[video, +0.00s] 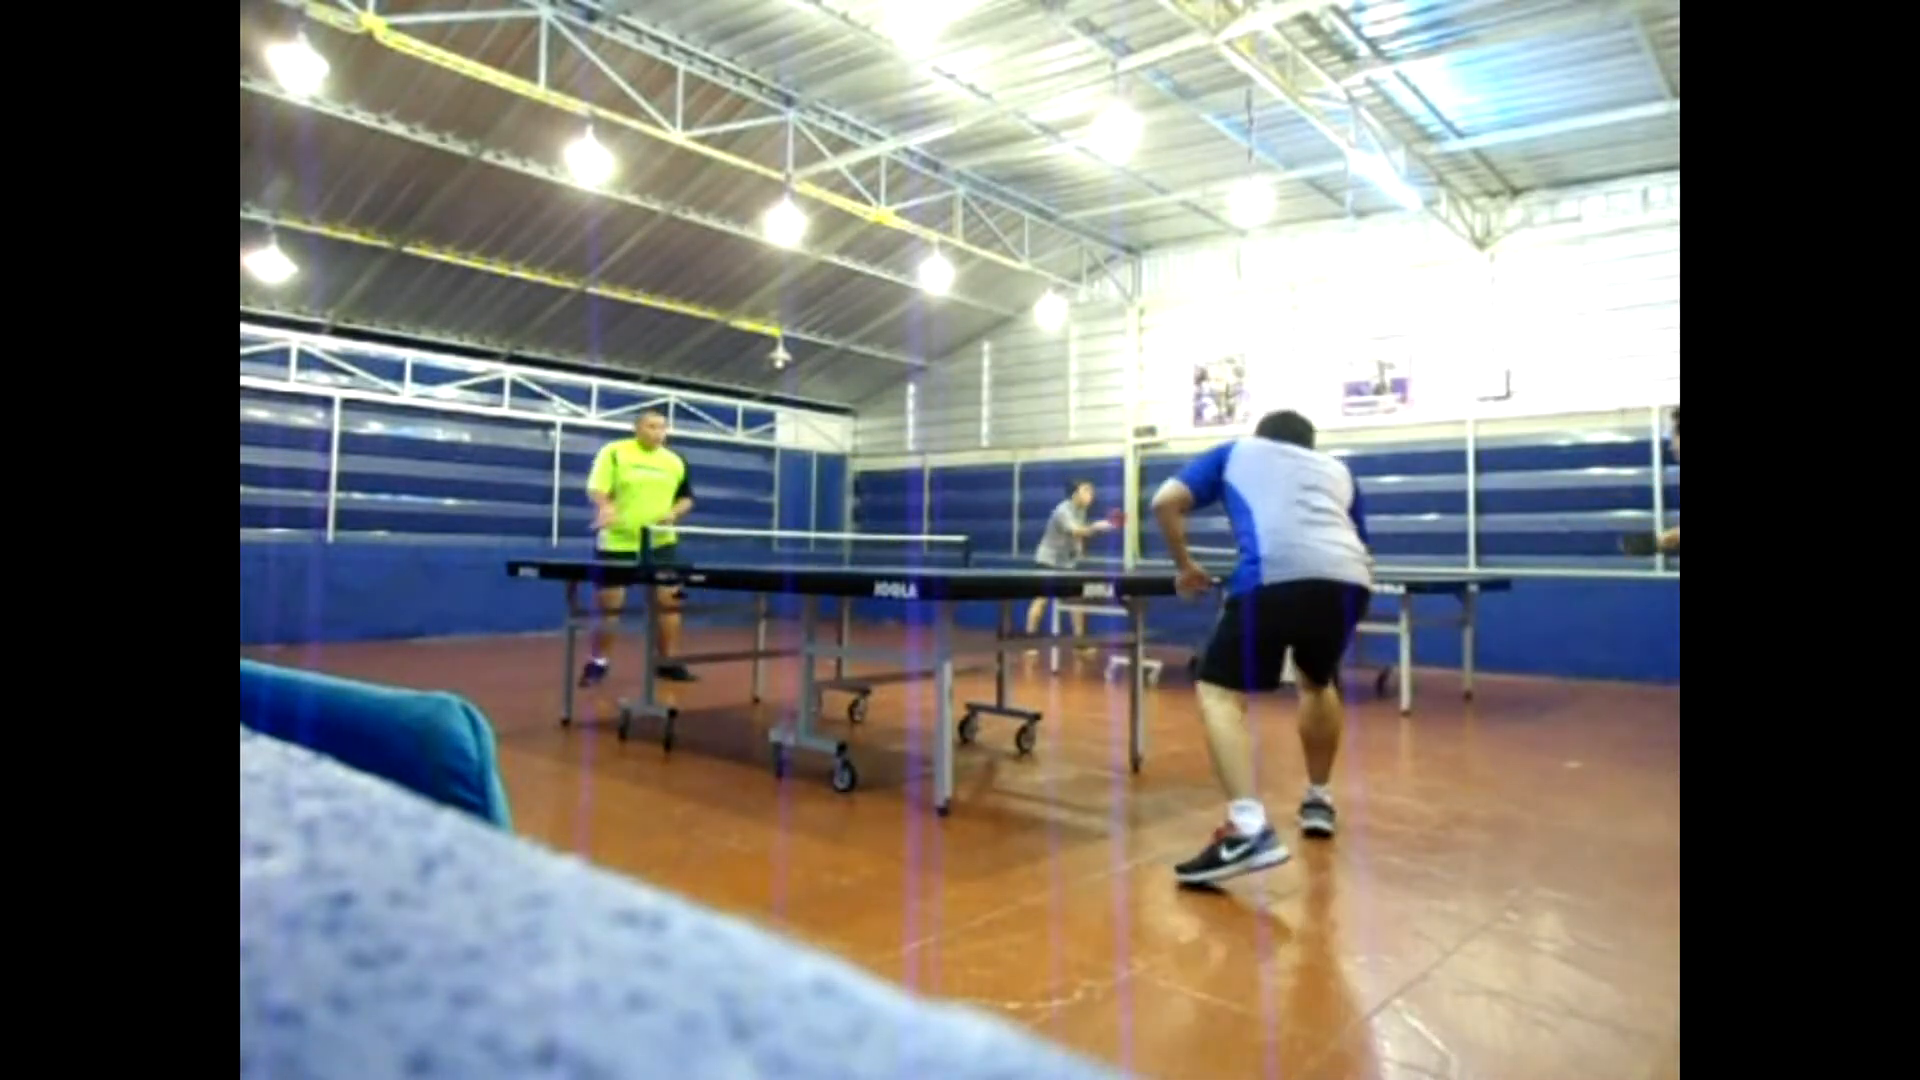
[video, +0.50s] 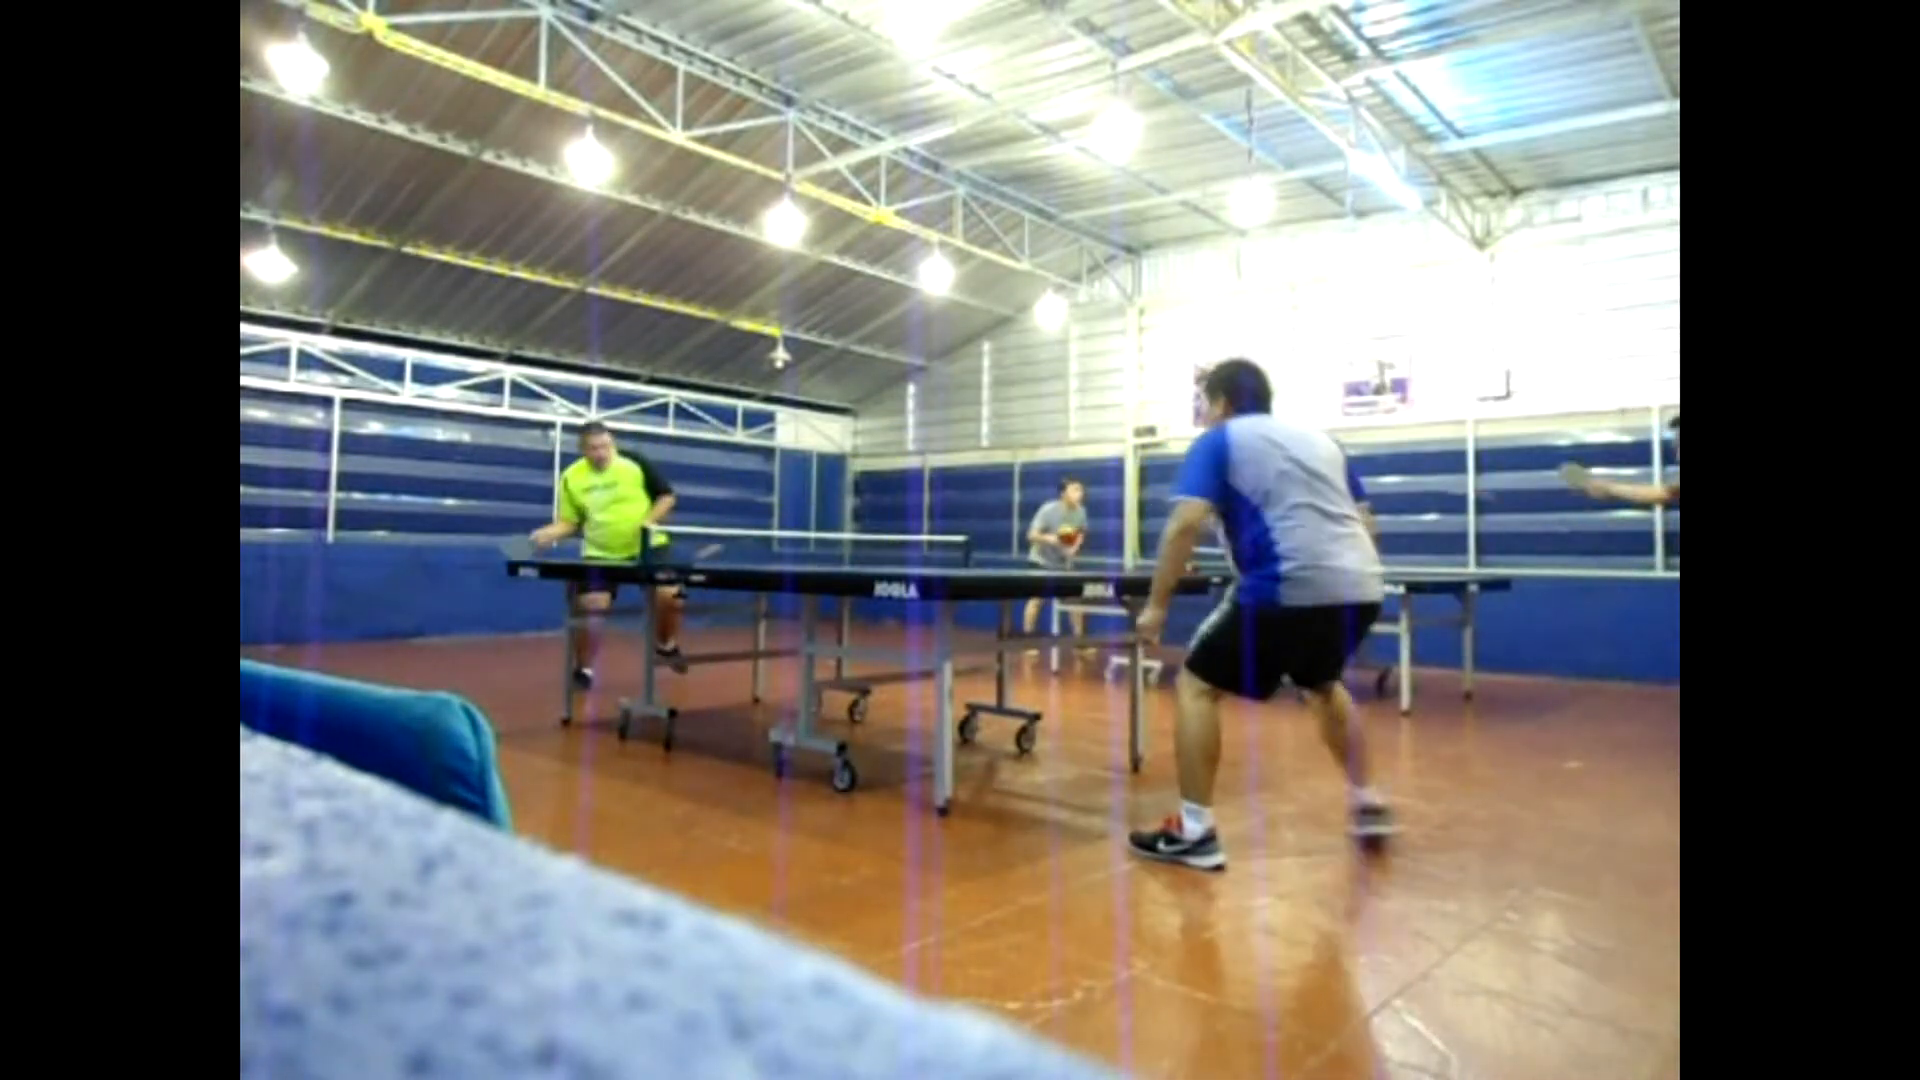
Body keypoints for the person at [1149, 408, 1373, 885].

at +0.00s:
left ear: (1260, 436)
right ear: (1310, 446)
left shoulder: (1237, 451)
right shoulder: (1339, 470)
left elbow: (1167, 502)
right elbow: (1360, 544)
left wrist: (1185, 565)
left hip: (1274, 576)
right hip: (1347, 579)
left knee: (1217, 689)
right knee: (1317, 681)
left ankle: (1249, 826)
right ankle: (1318, 799)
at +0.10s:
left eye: (1244, 427)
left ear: (1250, 427)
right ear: (1300, 432)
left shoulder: (1234, 443)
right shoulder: (1332, 459)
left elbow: (1169, 498)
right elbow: (1353, 524)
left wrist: (1184, 560)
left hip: (1279, 571)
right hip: (1352, 573)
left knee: (1212, 679)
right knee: (1318, 679)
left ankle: (1241, 816)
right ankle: (1320, 797)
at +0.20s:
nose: (1226, 423)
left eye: (1229, 417)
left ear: (1235, 417)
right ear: (1284, 420)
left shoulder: (1228, 436)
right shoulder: (1322, 450)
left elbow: (1169, 498)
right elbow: (1347, 514)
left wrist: (1182, 558)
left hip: (1281, 568)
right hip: (1354, 571)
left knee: (1207, 674)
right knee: (1317, 679)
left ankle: (1215, 820)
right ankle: (1320, 800)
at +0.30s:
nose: (1212, 419)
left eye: (1214, 411)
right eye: (1213, 412)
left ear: (1225, 410)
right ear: (1270, 410)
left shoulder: (1218, 434)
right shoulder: (1315, 446)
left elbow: (1166, 505)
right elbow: (1348, 515)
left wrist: (1175, 562)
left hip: (1277, 573)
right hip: (1350, 575)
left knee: (1204, 681)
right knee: (1317, 683)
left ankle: (1194, 827)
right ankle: (1320, 800)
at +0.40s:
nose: (1200, 418)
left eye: (1203, 409)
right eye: (1200, 410)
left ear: (1218, 408)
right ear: (1261, 406)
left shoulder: (1208, 441)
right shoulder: (1312, 444)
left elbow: (1165, 519)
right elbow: (1354, 517)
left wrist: (1163, 585)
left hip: (1276, 581)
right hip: (1351, 581)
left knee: (1193, 682)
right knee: (1318, 680)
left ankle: (1194, 827)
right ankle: (1325, 802)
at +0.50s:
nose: (1201, 414)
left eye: (1204, 403)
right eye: (1201, 403)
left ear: (1224, 402)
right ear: (1264, 401)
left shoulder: (1217, 442)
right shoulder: (1320, 442)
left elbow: (1187, 523)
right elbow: (1364, 520)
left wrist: (1156, 608)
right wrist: (1363, 586)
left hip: (1283, 592)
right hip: (1359, 591)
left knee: (1197, 686)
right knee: (1323, 682)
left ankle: (1193, 828)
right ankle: (1366, 799)